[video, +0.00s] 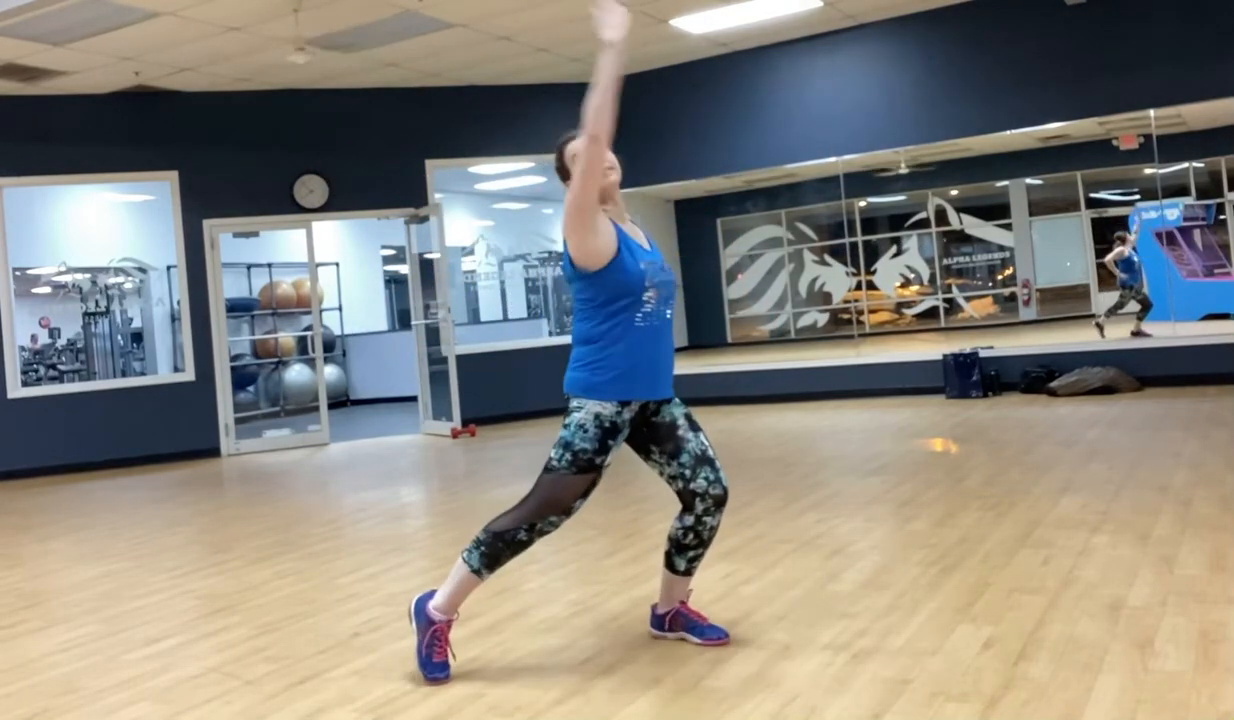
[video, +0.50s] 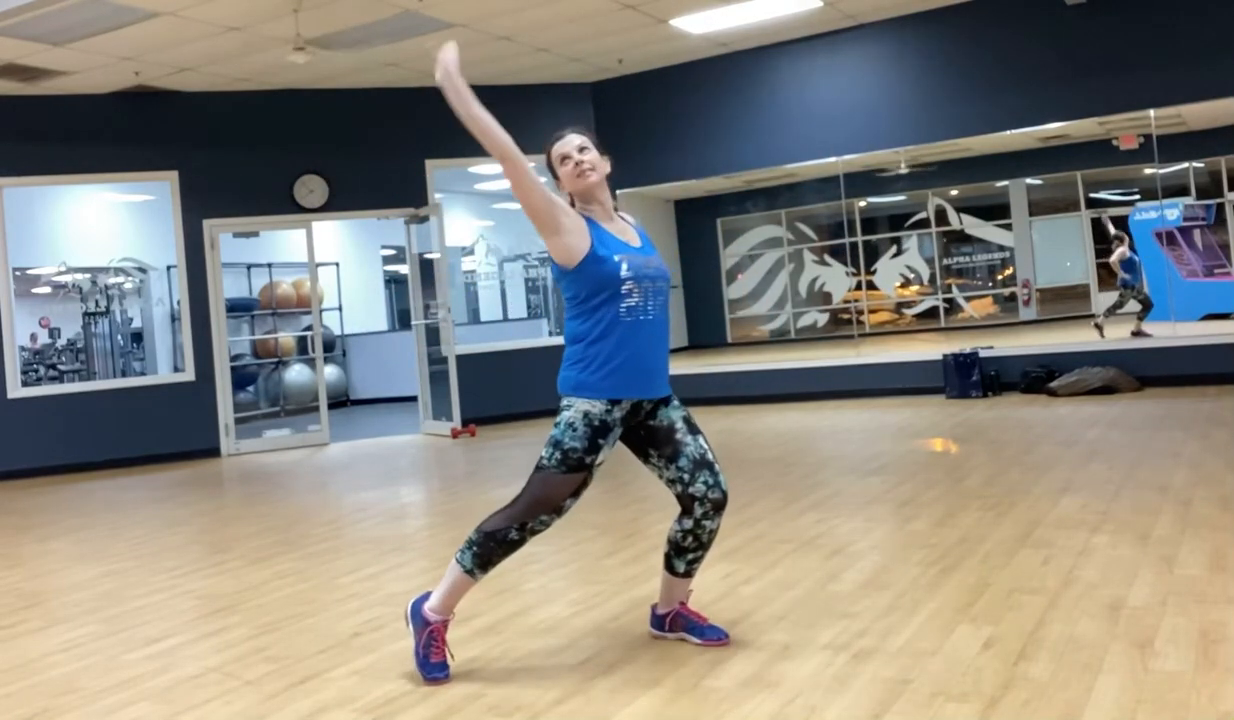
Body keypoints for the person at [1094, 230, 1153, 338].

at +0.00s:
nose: (1131, 237)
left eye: (1129, 235)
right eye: (1128, 236)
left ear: (1124, 240)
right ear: (1124, 239)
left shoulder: (1130, 249)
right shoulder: (1122, 250)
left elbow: (1135, 234)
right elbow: (1108, 260)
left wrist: (1138, 221)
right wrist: (1118, 274)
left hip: (1135, 285)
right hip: (1128, 284)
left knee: (1147, 305)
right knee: (1119, 305)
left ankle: (1137, 328)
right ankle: (1101, 321)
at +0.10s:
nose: (1130, 236)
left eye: (1129, 234)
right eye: (1127, 235)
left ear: (1122, 240)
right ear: (1123, 239)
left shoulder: (1129, 250)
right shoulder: (1122, 249)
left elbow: (1131, 234)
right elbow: (1109, 259)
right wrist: (1119, 273)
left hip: (1134, 285)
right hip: (1128, 284)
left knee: (1147, 305)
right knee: (1119, 305)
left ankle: (1137, 328)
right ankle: (1101, 321)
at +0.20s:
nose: (1127, 238)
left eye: (1126, 237)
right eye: (1125, 237)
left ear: (1117, 240)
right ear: (1122, 238)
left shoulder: (1126, 249)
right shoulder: (1122, 249)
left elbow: (1125, 234)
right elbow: (1111, 260)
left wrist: (1122, 219)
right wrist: (1121, 273)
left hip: (1134, 285)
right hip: (1128, 284)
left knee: (1148, 304)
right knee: (1119, 304)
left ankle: (1137, 328)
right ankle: (1100, 321)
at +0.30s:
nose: (1126, 238)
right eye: (1124, 236)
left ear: (1117, 240)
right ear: (1122, 238)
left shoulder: (1125, 249)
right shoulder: (1122, 249)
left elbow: (1121, 232)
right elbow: (1112, 260)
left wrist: (1117, 215)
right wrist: (1120, 273)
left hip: (1133, 284)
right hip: (1128, 284)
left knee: (1148, 305)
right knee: (1119, 304)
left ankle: (1137, 328)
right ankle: (1100, 321)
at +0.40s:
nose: (1126, 239)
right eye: (1124, 237)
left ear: (1117, 241)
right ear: (1121, 239)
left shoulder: (1125, 248)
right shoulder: (1122, 249)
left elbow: (1118, 233)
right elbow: (1112, 260)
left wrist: (1113, 218)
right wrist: (1121, 274)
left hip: (1133, 284)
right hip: (1129, 284)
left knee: (1148, 305)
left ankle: (1137, 328)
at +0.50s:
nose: (1124, 241)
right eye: (1123, 238)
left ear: (1117, 242)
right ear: (1122, 241)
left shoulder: (1124, 249)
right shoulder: (1122, 250)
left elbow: (1115, 233)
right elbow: (1113, 260)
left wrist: (1108, 222)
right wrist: (1120, 273)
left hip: (1133, 284)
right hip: (1129, 284)